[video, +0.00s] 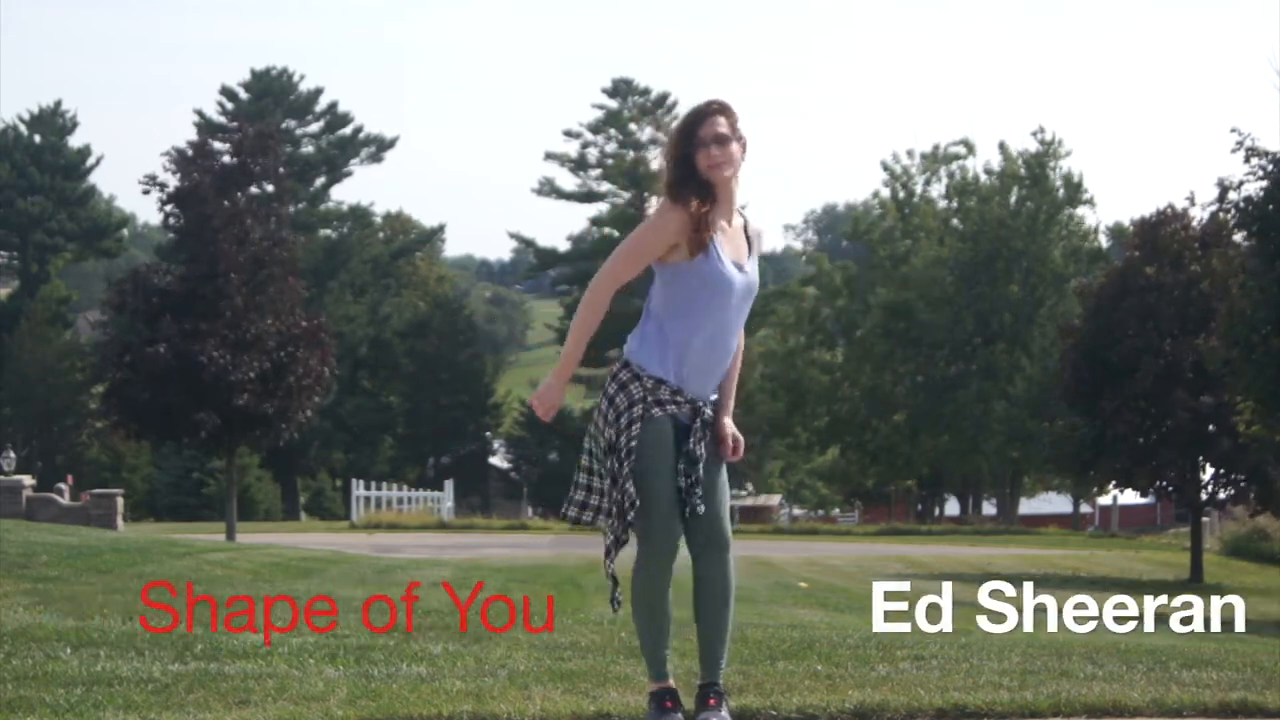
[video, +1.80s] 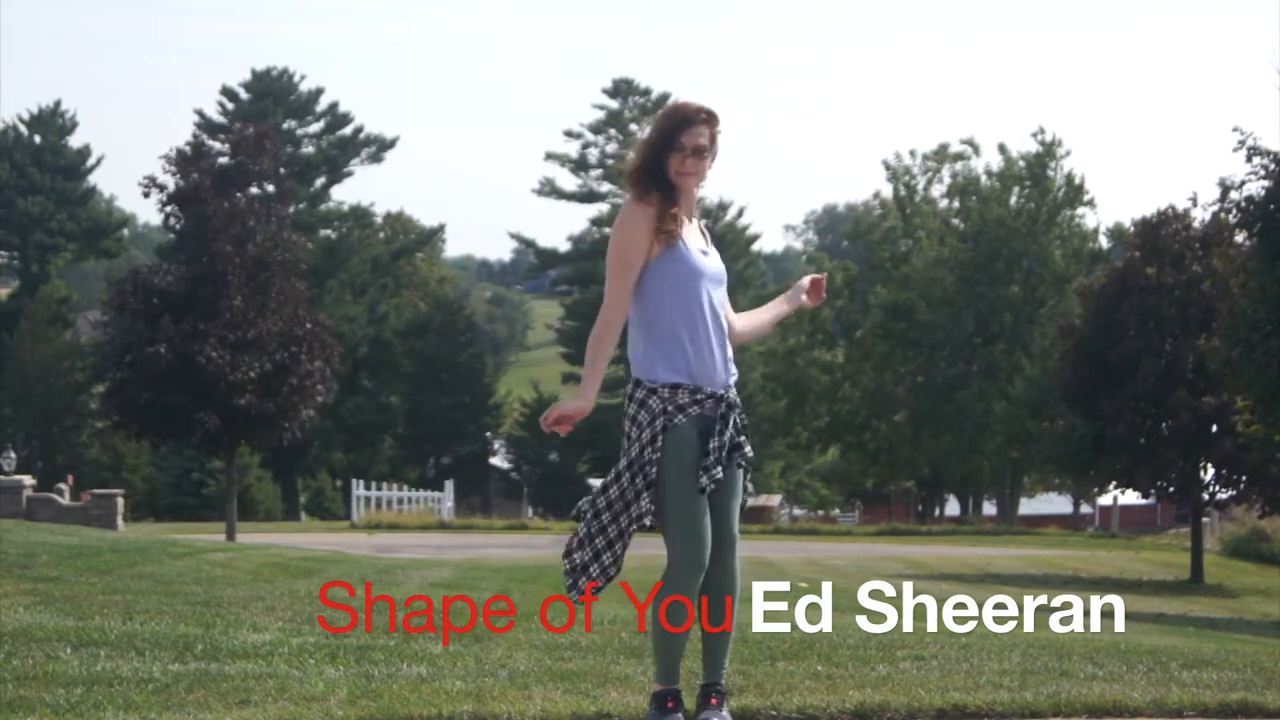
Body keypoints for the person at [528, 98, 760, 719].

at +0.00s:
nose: (722, 149)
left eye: (729, 138)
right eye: (708, 142)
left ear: (744, 148)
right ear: (690, 156)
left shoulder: (745, 231)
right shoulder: (675, 218)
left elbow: (734, 327)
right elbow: (602, 284)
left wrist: (725, 411)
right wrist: (560, 375)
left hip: (705, 403)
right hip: (649, 392)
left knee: (715, 539)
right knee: (661, 536)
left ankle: (712, 691)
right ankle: (661, 688)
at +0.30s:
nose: (705, 148)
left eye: (714, 137)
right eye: (693, 142)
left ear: (735, 148)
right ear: (679, 157)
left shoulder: (765, 238)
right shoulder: (655, 218)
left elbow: (761, 339)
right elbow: (572, 274)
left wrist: (722, 412)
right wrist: (494, 325)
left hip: (710, 407)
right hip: (637, 394)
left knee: (705, 548)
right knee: (646, 544)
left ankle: (711, 690)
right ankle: (659, 684)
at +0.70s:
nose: (693, 159)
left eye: (702, 150)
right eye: (682, 150)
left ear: (716, 159)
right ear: (660, 159)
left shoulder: (738, 222)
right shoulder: (650, 238)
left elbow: (805, 298)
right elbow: (573, 302)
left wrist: (775, 388)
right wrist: (480, 295)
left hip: (703, 414)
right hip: (640, 406)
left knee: (687, 562)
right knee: (647, 558)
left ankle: (707, 693)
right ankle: (658, 685)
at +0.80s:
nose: (694, 162)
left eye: (703, 153)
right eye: (682, 152)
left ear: (713, 159)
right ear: (660, 159)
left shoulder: (730, 218)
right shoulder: (647, 241)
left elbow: (819, 268)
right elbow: (575, 310)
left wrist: (826, 354)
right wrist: (485, 301)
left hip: (707, 411)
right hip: (647, 406)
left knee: (685, 561)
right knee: (646, 555)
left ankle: (705, 695)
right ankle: (658, 685)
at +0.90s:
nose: (696, 161)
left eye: (704, 151)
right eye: (684, 151)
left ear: (713, 157)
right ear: (657, 157)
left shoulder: (728, 217)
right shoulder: (642, 240)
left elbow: (821, 250)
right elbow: (574, 311)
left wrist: (877, 299)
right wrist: (482, 317)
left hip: (713, 412)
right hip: (651, 408)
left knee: (691, 561)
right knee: (649, 560)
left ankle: (707, 695)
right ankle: (660, 688)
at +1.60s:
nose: (693, 165)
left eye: (702, 156)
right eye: (683, 154)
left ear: (708, 162)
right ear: (658, 154)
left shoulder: (712, 234)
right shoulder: (620, 222)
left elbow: (779, 304)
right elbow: (589, 314)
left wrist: (832, 248)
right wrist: (542, 390)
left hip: (736, 405)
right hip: (667, 407)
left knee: (724, 553)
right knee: (685, 557)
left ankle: (714, 690)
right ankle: (667, 692)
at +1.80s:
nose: (695, 161)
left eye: (704, 151)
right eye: (684, 150)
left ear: (713, 159)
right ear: (662, 154)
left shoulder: (699, 230)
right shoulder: (642, 213)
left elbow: (730, 330)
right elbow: (613, 309)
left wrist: (792, 300)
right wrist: (585, 395)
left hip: (722, 409)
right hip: (670, 406)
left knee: (724, 554)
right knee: (690, 556)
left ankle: (714, 695)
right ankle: (667, 697)